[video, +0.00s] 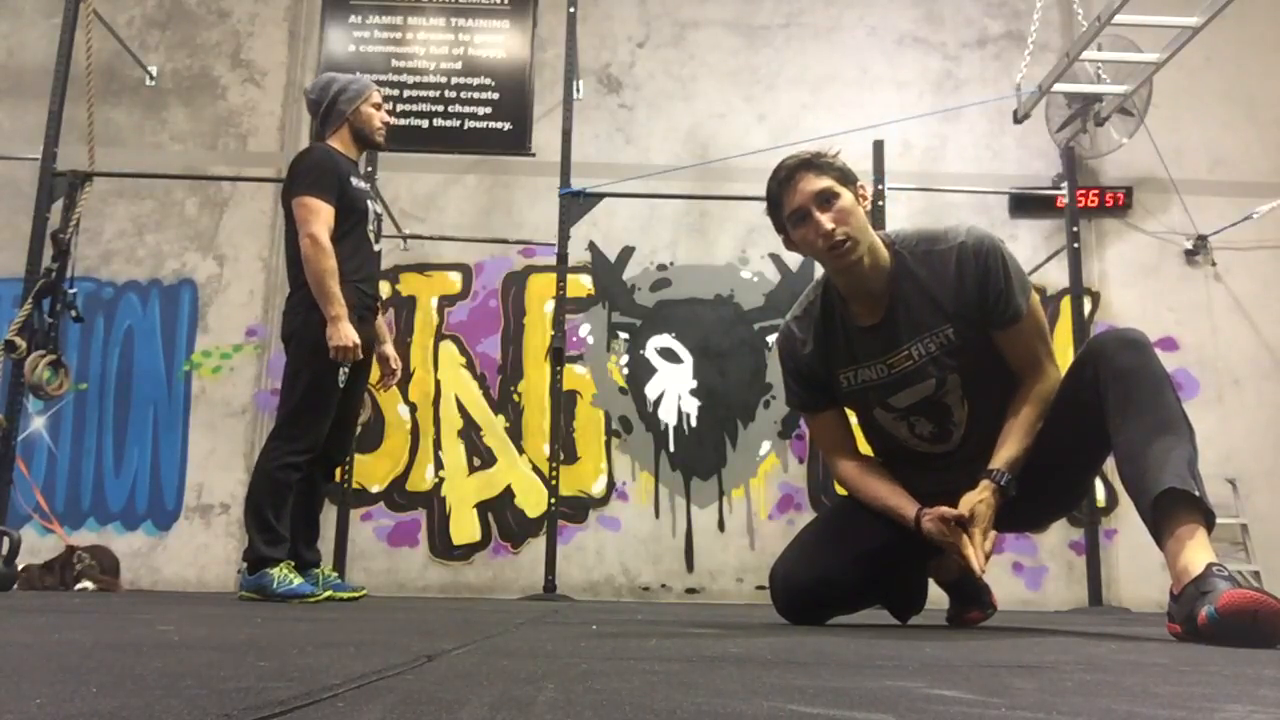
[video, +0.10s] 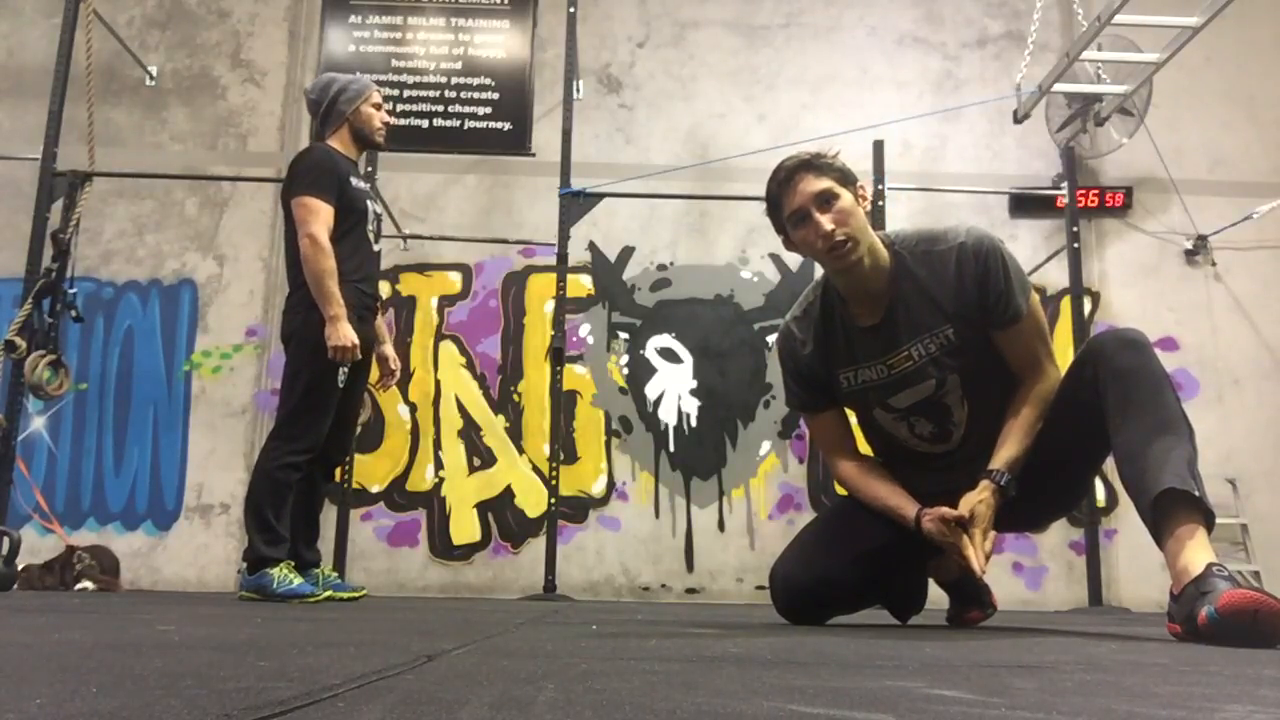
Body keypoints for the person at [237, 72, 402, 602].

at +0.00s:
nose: (387, 116)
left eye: (386, 108)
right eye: (378, 107)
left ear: (358, 116)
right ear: (346, 112)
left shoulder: (355, 174)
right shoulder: (318, 162)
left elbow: (361, 266)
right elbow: (313, 241)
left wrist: (381, 336)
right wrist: (336, 317)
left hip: (349, 328)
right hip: (319, 323)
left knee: (323, 451)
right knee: (296, 441)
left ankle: (302, 564)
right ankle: (263, 566)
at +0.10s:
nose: (387, 116)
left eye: (385, 108)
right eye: (377, 107)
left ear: (358, 116)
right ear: (346, 112)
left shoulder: (354, 175)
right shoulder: (317, 163)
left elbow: (360, 267)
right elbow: (312, 242)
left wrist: (380, 336)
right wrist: (335, 317)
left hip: (348, 327)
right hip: (319, 323)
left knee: (324, 450)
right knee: (296, 441)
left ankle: (303, 564)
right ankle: (263, 566)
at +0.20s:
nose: (387, 116)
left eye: (385, 108)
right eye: (377, 107)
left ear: (358, 117)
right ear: (345, 112)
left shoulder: (354, 175)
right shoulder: (316, 162)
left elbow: (361, 267)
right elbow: (312, 241)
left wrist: (381, 336)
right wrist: (335, 317)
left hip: (348, 327)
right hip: (318, 323)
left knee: (324, 450)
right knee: (296, 441)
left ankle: (302, 564)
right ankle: (263, 565)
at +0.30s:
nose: (387, 116)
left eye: (385, 108)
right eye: (377, 108)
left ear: (359, 117)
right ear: (345, 112)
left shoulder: (354, 175)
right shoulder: (316, 162)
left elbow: (360, 266)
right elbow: (311, 242)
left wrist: (380, 336)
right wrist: (335, 317)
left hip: (348, 328)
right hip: (318, 324)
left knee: (323, 450)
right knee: (295, 441)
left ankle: (302, 564)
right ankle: (263, 566)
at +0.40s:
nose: (386, 116)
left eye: (385, 108)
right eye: (377, 107)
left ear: (358, 117)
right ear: (345, 112)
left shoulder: (354, 175)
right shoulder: (315, 162)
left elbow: (360, 267)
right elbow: (311, 241)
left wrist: (380, 336)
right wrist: (335, 316)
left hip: (348, 329)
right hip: (318, 325)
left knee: (323, 451)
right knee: (295, 441)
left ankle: (302, 564)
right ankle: (263, 566)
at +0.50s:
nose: (386, 116)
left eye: (384, 108)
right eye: (376, 107)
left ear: (357, 116)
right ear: (345, 112)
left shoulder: (353, 174)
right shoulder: (315, 162)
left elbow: (359, 267)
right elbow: (311, 241)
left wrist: (380, 336)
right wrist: (335, 316)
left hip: (348, 329)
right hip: (318, 325)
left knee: (323, 451)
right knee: (295, 441)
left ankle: (302, 564)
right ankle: (262, 566)